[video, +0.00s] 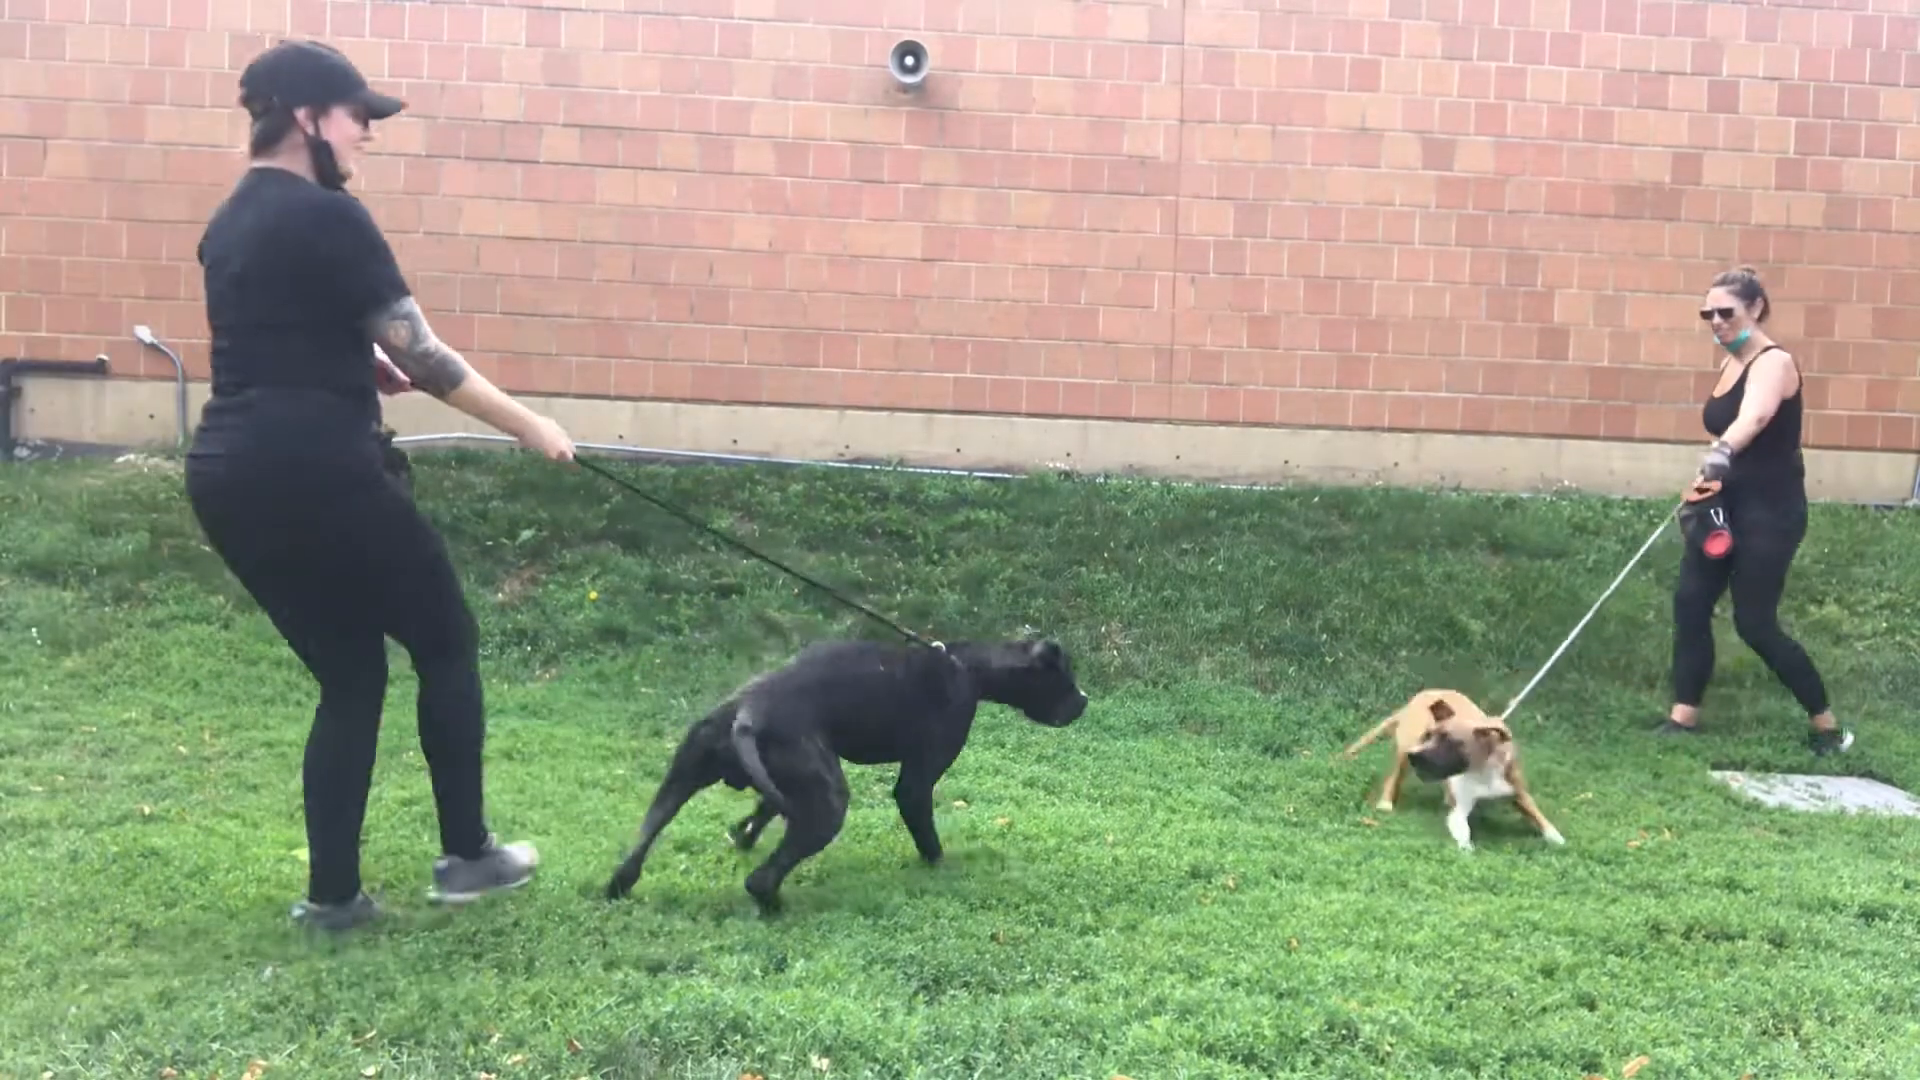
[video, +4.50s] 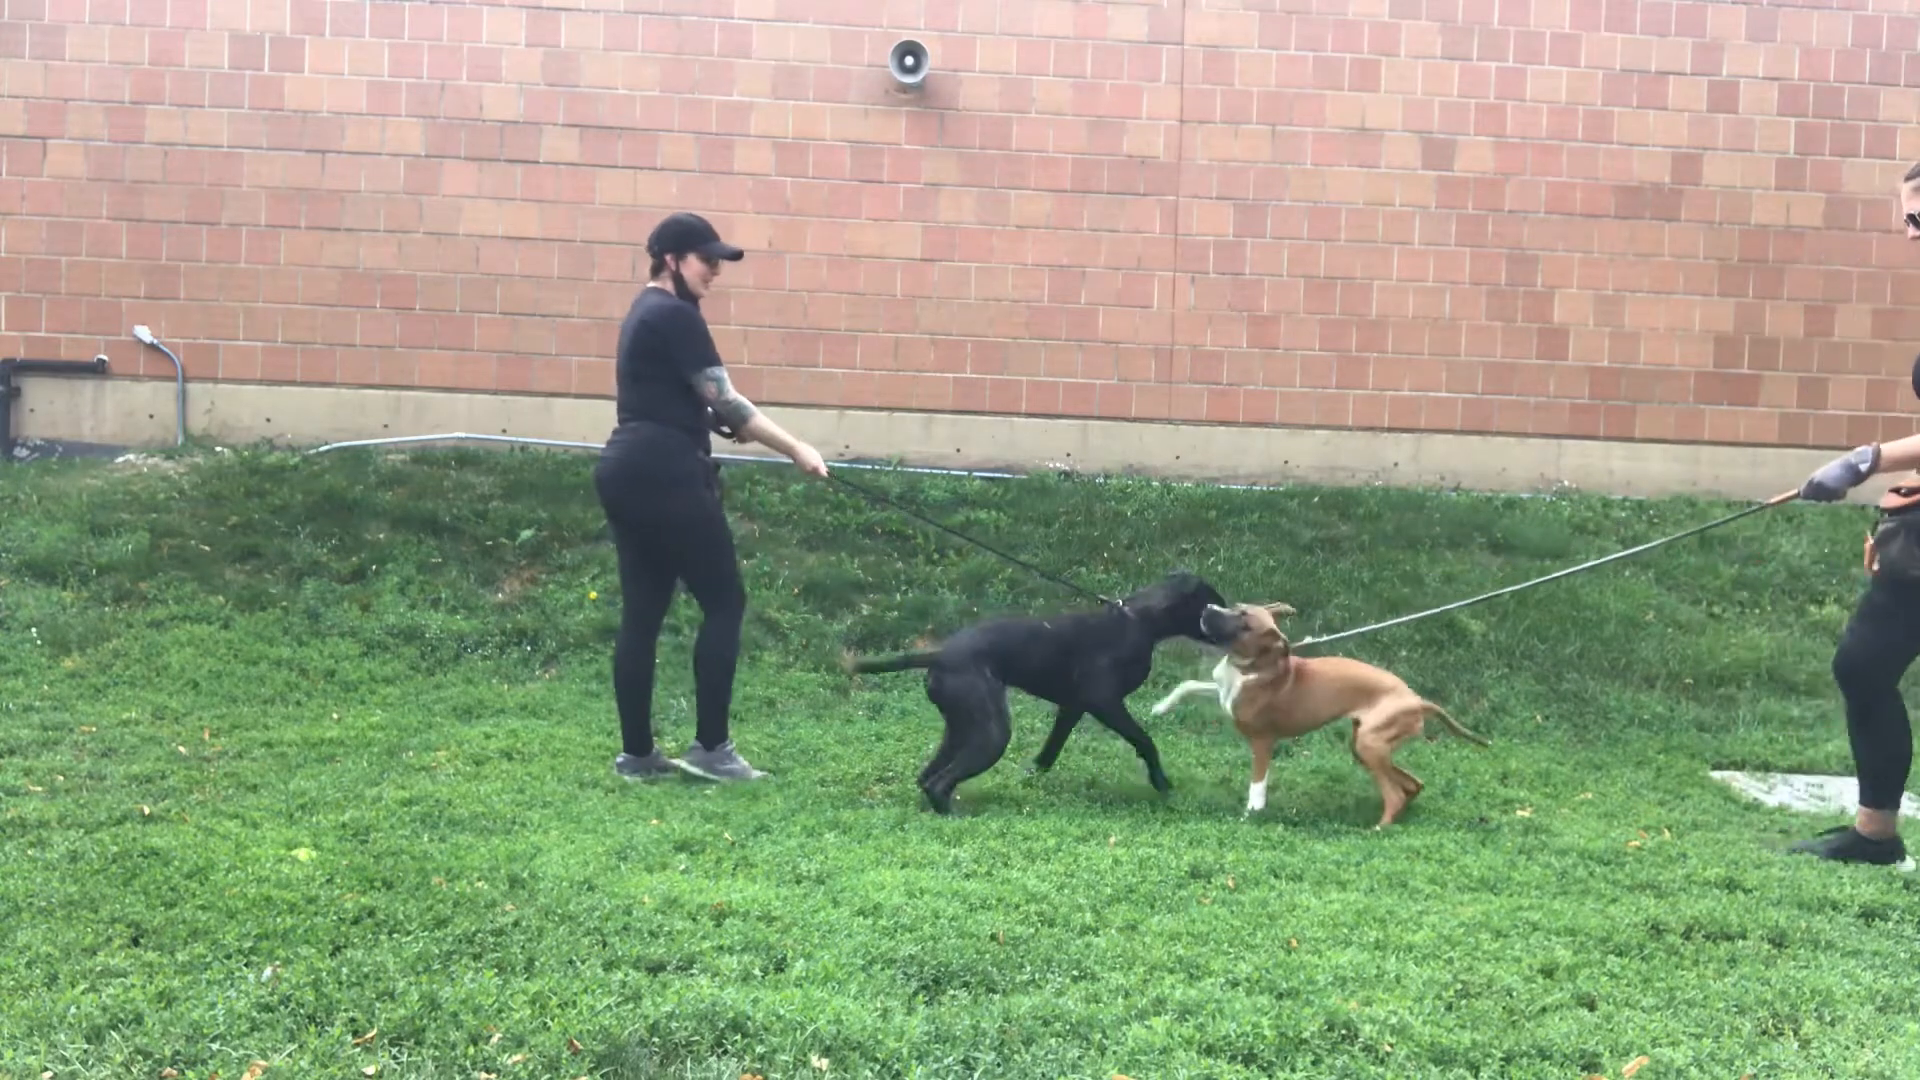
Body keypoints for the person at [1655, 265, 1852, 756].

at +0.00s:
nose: (1715, 323)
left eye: (1724, 313)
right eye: (1709, 315)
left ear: (1755, 309)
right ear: (1707, 316)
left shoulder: (1774, 362)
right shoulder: (1733, 363)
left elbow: (1755, 417)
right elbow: (1734, 434)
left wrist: (1720, 451)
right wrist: (1707, 489)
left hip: (1770, 512)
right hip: (1728, 506)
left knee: (1754, 622)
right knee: (1691, 600)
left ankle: (1824, 721)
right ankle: (1684, 715)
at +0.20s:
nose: (1681, 323)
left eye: (1690, 312)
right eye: (1673, 314)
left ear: (1718, 306)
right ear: (1668, 313)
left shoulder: (1737, 357)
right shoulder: (1692, 362)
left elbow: (1716, 417)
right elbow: (1692, 433)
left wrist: (1672, 455)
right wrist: (1669, 487)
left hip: (1741, 497)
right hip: (1698, 495)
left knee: (1685, 595)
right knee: (1671, 596)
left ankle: (1746, 712)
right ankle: (1682, 715)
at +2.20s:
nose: (1728, 297)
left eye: (1738, 288)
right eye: (1724, 288)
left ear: (1776, 283)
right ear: (1727, 286)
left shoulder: (1800, 347)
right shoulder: (1738, 341)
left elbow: (1749, 422)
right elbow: (1737, 425)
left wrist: (1681, 464)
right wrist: (1720, 481)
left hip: (1796, 498)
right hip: (1744, 492)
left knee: (1763, 611)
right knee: (1703, 608)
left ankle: (1772, 757)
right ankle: (1703, 726)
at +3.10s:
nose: (1770, 287)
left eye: (1781, 277)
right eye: (1767, 277)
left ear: (1825, 270)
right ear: (1769, 273)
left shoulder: (1854, 344)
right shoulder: (1762, 336)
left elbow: (1802, 435)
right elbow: (1740, 430)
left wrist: (1722, 461)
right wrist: (1706, 501)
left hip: (1819, 510)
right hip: (1750, 502)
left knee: (1820, 640)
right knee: (1726, 637)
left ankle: (1864, 791)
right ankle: (1714, 768)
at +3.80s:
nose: (1834, 272)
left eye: (1844, 260)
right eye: (1831, 260)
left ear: (1895, 251)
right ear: (1873, 257)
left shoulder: (1917, 340)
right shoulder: (1843, 328)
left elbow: (1884, 447)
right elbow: (1827, 434)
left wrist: (1773, 478)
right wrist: (1802, 497)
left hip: (1897, 529)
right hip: (1825, 520)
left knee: (1885, 676)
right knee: (1796, 667)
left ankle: (1896, 796)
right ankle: (1802, 825)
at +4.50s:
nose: (1910, 235)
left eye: (1914, 222)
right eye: (1908, 223)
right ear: (1905, 217)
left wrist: (1864, 459)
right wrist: (1904, 497)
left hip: (1917, 532)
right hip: (1912, 529)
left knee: (1863, 664)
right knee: (1863, 664)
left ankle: (1876, 831)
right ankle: (1876, 830)